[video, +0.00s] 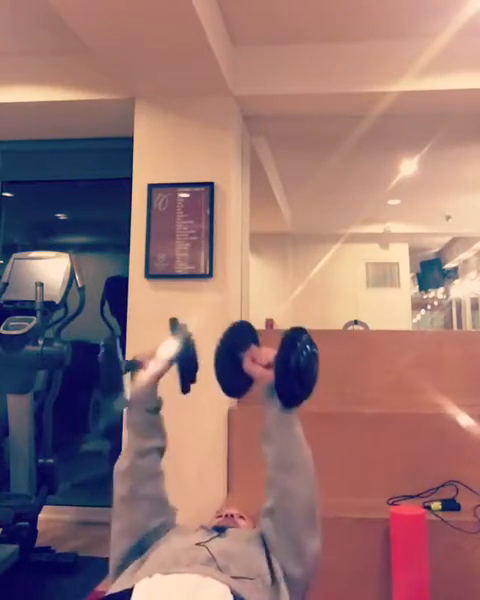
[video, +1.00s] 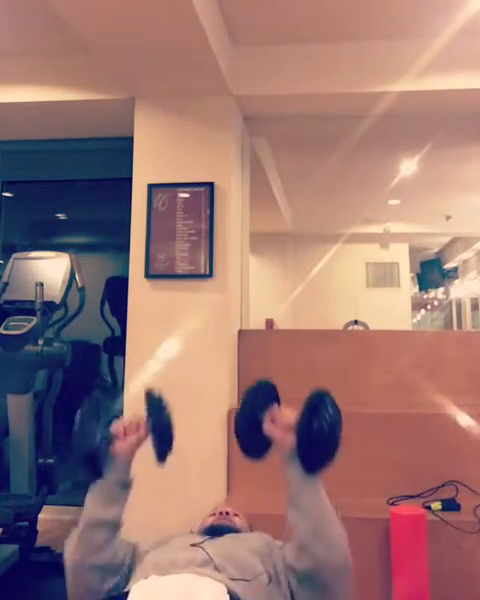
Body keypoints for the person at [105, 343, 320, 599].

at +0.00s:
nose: (228, 515)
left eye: (241, 518)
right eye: (221, 515)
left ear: (256, 532)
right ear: (204, 526)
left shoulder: (277, 559)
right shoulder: (149, 545)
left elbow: (293, 488)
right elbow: (137, 473)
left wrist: (274, 393)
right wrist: (143, 391)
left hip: (221, 589)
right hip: (143, 587)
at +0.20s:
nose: (226, 507)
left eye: (238, 510)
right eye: (218, 507)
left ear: (255, 529)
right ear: (199, 522)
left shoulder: (277, 561)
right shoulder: (144, 552)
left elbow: (299, 506)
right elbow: (120, 493)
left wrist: (277, 414)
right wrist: (139, 410)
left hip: (219, 589)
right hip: (145, 588)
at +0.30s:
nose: (225, 505)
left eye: (236, 507)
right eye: (217, 505)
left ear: (255, 528)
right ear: (198, 524)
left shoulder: (276, 556)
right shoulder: (151, 551)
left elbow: (322, 548)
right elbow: (97, 536)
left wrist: (288, 448)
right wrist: (124, 446)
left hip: (225, 588)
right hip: (150, 585)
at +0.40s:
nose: (226, 502)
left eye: (237, 503)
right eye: (217, 502)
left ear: (254, 525)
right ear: (199, 524)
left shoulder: (272, 551)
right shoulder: (157, 553)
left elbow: (331, 590)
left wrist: (300, 488)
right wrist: (112, 485)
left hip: (223, 589)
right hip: (153, 588)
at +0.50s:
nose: (226, 501)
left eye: (237, 502)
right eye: (217, 502)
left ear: (255, 525)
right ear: (198, 525)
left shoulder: (277, 556)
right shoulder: (157, 556)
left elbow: (327, 596)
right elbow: (94, 595)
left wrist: (305, 524)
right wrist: (106, 526)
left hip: (222, 590)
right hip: (150, 588)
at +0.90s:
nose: (222, 507)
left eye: (233, 508)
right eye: (214, 507)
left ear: (251, 528)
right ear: (196, 527)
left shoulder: (272, 551)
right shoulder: (152, 554)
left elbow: (329, 593)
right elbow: (82, 593)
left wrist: (302, 497)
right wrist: (106, 501)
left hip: (225, 588)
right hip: (154, 586)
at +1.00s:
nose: (223, 513)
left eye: (233, 515)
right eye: (215, 514)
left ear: (253, 531)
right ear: (196, 530)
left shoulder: (275, 553)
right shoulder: (154, 553)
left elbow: (329, 568)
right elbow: (88, 577)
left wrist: (293, 457)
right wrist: (117, 465)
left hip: (223, 590)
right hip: (149, 588)